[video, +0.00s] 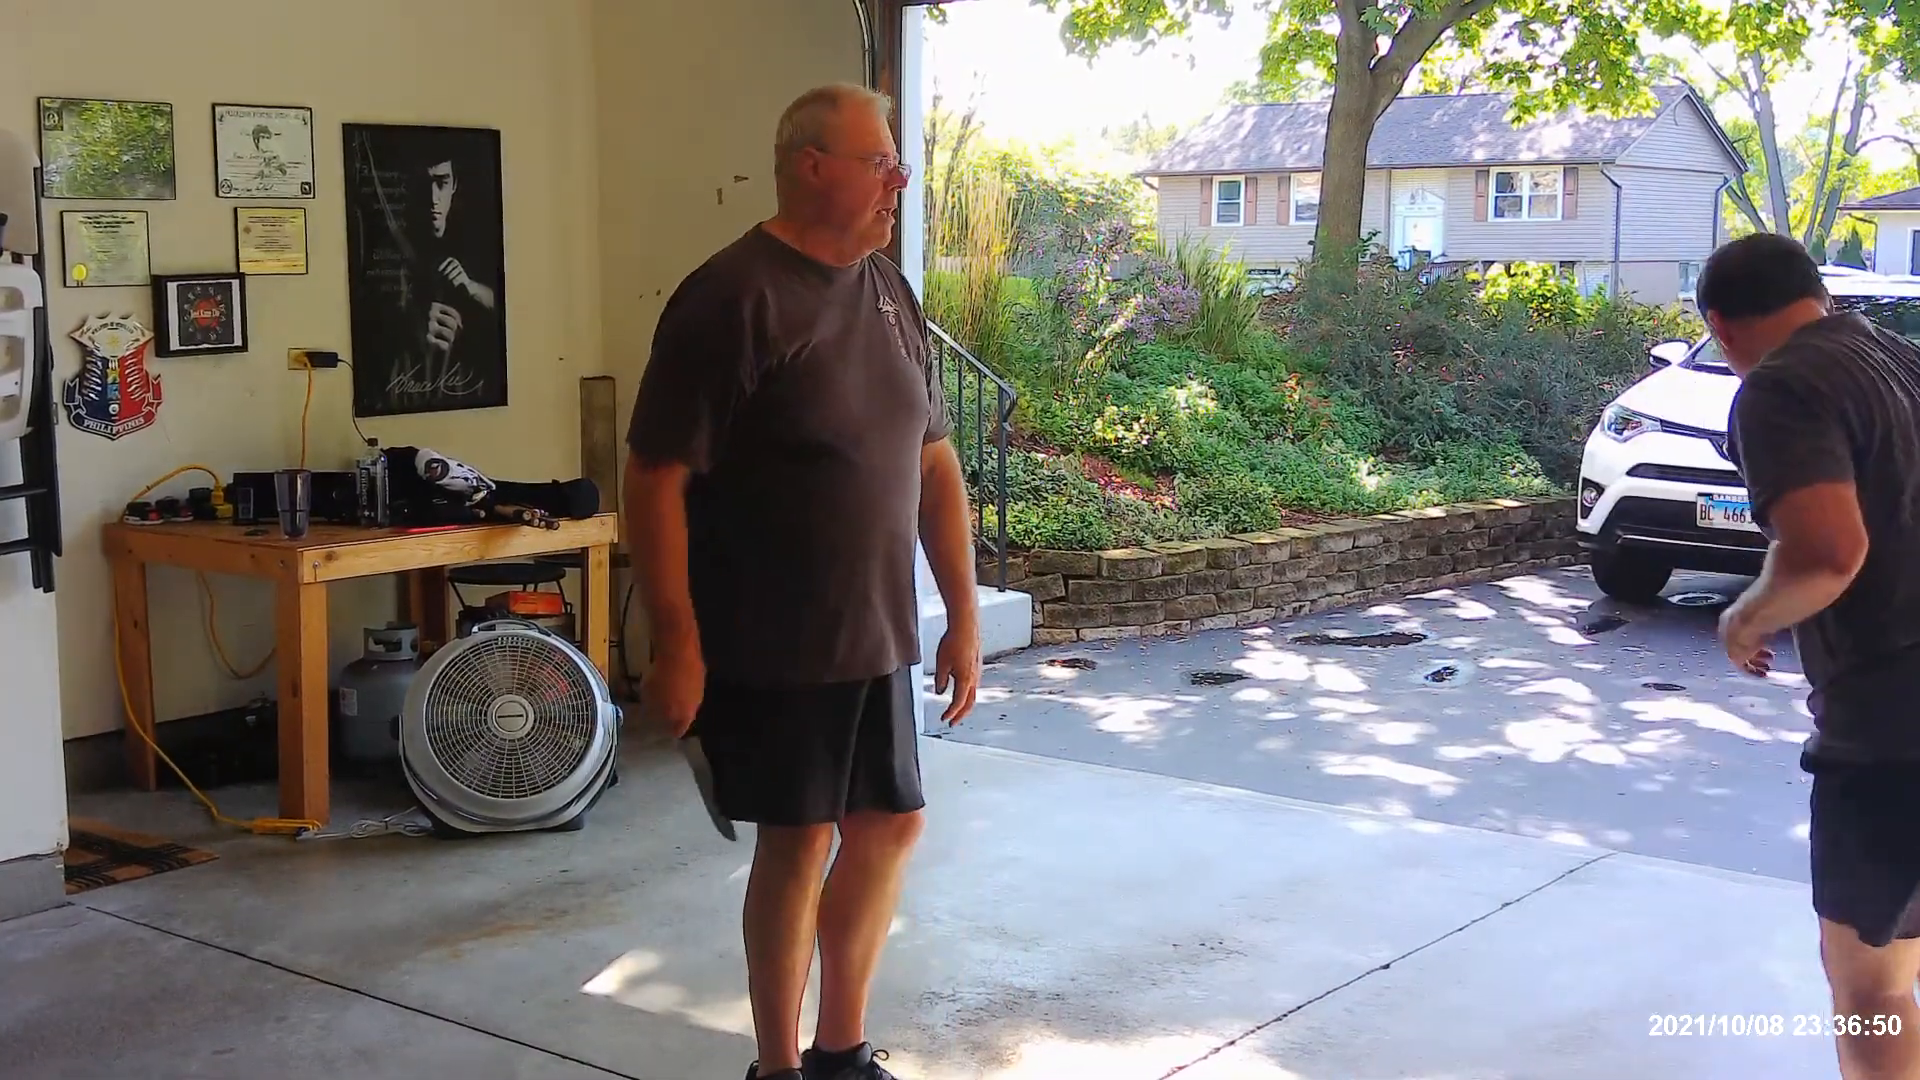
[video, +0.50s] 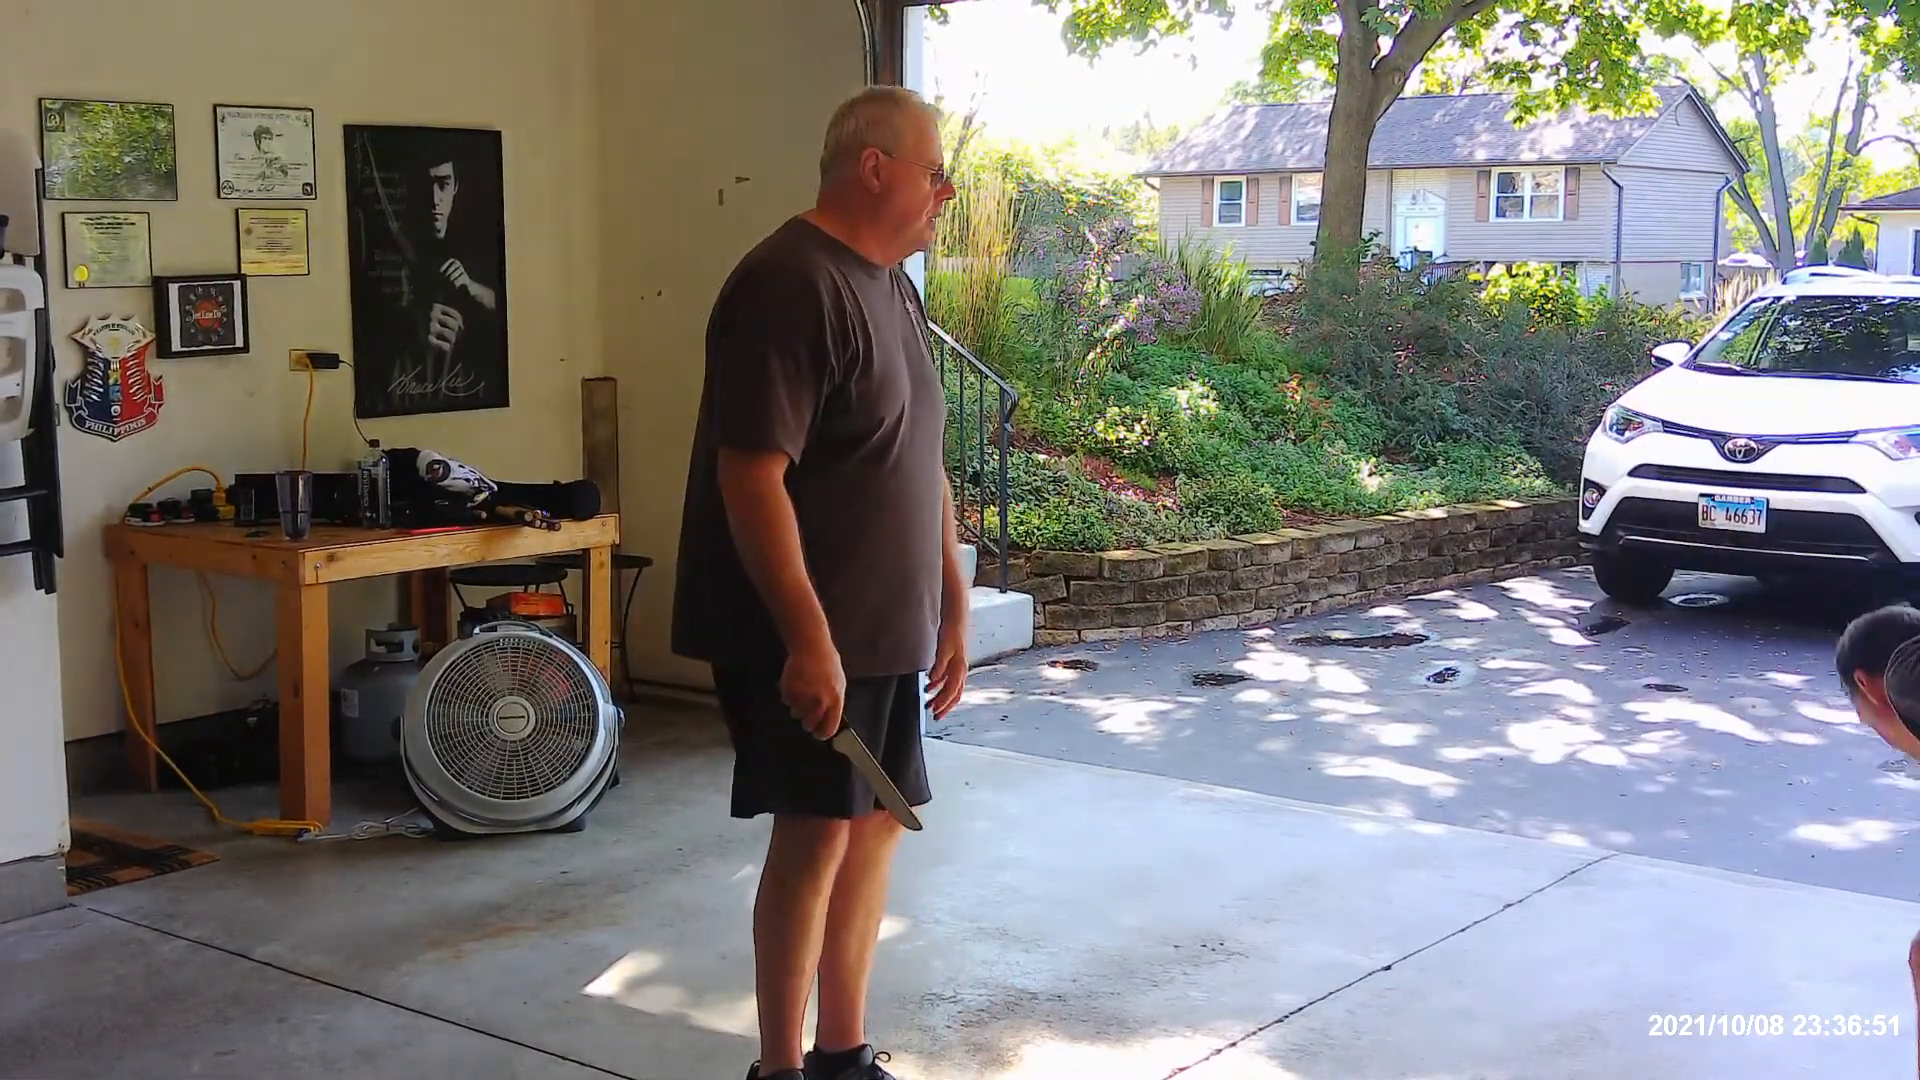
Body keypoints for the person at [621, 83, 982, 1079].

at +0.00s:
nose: (899, 176)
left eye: (897, 159)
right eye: (878, 159)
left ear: (863, 175)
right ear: (808, 170)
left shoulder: (887, 291)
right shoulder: (725, 295)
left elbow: (934, 459)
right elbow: (653, 473)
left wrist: (962, 612)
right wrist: (673, 643)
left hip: (876, 627)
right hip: (772, 636)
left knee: (888, 823)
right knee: (797, 835)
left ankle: (840, 1049)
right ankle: (777, 1063)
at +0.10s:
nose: (910, 179)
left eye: (907, 161)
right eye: (893, 161)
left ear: (849, 172)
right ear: (824, 168)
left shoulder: (884, 289)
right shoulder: (735, 289)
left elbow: (932, 453)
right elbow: (668, 472)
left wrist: (966, 604)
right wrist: (715, 634)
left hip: (882, 627)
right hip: (786, 637)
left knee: (886, 818)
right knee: (798, 836)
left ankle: (840, 1049)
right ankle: (778, 1062)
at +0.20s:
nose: (918, 189)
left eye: (917, 171)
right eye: (906, 169)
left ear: (853, 173)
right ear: (839, 168)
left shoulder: (881, 286)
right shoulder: (748, 287)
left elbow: (923, 457)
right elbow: (694, 478)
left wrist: (964, 606)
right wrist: (750, 635)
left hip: (880, 625)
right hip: (792, 636)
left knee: (882, 816)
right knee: (803, 836)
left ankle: (839, 1050)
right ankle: (778, 1064)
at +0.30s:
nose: (926, 188)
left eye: (924, 168)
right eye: (914, 168)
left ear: (857, 172)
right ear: (851, 169)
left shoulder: (880, 284)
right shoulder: (761, 281)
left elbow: (917, 456)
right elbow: (719, 475)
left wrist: (961, 600)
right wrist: (777, 634)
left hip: (878, 625)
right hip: (793, 633)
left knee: (880, 817)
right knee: (806, 832)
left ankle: (839, 1050)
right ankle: (780, 1063)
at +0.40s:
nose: (936, 191)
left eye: (934, 172)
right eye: (923, 169)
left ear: (867, 172)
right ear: (864, 169)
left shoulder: (886, 286)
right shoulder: (772, 282)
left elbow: (915, 457)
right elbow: (738, 475)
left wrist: (958, 594)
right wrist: (797, 634)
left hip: (884, 626)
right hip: (797, 634)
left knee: (876, 824)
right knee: (810, 833)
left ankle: (840, 1052)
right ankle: (781, 1065)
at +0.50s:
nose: (945, 195)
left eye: (945, 176)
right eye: (934, 174)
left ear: (876, 173)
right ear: (875, 170)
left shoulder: (889, 287)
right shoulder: (784, 284)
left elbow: (919, 463)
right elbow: (750, 475)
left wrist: (955, 598)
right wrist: (806, 636)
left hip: (889, 632)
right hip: (804, 639)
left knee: (876, 827)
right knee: (811, 838)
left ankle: (841, 1052)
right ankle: (780, 1065)